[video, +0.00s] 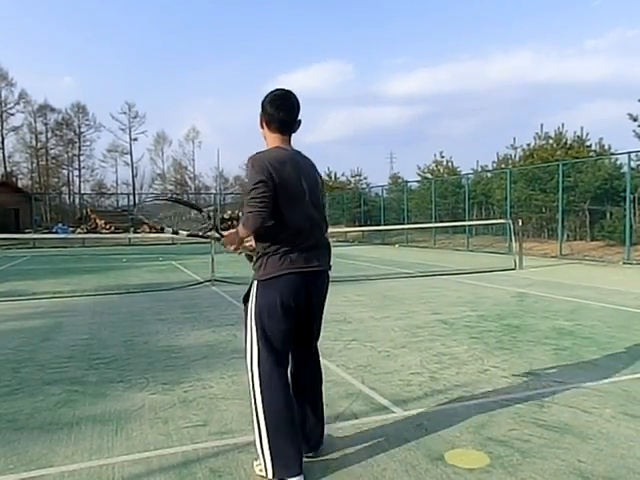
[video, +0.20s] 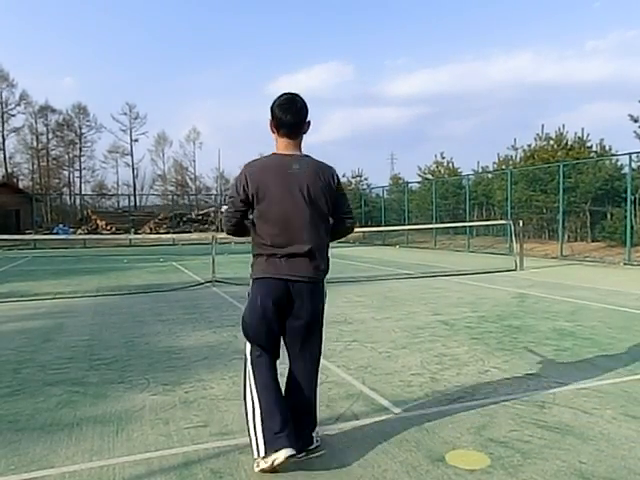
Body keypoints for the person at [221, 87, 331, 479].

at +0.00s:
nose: (259, 124)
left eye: (259, 119)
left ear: (262, 122)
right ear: (296, 123)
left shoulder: (261, 163)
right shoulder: (309, 166)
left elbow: (258, 217)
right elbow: (310, 223)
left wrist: (239, 232)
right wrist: (252, 237)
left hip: (277, 279)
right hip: (315, 275)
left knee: (267, 369)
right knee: (306, 354)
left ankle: (281, 465)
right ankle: (310, 438)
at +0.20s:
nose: (279, 127)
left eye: (273, 122)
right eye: (302, 123)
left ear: (270, 126)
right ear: (307, 127)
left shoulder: (253, 172)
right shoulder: (324, 174)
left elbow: (232, 224)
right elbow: (344, 224)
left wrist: (261, 226)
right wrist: (314, 235)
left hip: (267, 281)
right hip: (309, 282)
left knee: (260, 356)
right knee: (305, 360)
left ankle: (274, 443)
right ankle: (303, 438)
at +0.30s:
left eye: (276, 122)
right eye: (306, 122)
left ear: (273, 125)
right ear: (309, 127)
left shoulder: (255, 170)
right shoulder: (322, 172)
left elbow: (242, 220)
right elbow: (346, 224)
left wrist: (270, 215)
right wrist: (319, 232)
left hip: (263, 278)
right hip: (306, 281)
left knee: (254, 341)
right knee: (305, 357)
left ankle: (259, 422)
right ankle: (298, 442)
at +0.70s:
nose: (305, 130)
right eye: (305, 126)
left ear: (269, 129)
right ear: (304, 130)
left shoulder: (263, 170)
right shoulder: (291, 172)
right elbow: (317, 197)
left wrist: (331, 179)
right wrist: (358, 171)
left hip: (258, 278)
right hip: (290, 281)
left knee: (250, 350)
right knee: (300, 361)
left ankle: (218, 425)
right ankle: (297, 440)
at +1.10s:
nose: (270, 129)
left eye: (268, 124)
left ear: (269, 128)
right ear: (301, 127)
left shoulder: (259, 173)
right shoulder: (323, 171)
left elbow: (227, 200)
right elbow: (362, 193)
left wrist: (245, 173)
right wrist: (375, 153)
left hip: (268, 274)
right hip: (310, 278)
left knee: (249, 342)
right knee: (305, 353)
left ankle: (229, 417)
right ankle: (299, 437)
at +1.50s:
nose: (254, 139)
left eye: (255, 133)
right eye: (256, 133)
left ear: (259, 136)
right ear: (286, 140)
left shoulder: (275, 171)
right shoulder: (275, 173)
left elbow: (298, 209)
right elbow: (256, 210)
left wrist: (263, 228)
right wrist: (234, 220)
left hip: (274, 273)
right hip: (303, 271)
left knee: (263, 344)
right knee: (304, 344)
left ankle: (272, 415)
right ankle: (316, 419)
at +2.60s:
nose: (283, 135)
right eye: (283, 131)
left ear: (251, 135)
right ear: (282, 134)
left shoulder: (244, 177)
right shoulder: (283, 171)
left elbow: (248, 222)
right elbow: (300, 214)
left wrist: (287, 236)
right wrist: (333, 247)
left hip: (250, 270)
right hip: (281, 270)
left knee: (255, 346)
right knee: (298, 343)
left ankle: (251, 424)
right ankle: (307, 419)